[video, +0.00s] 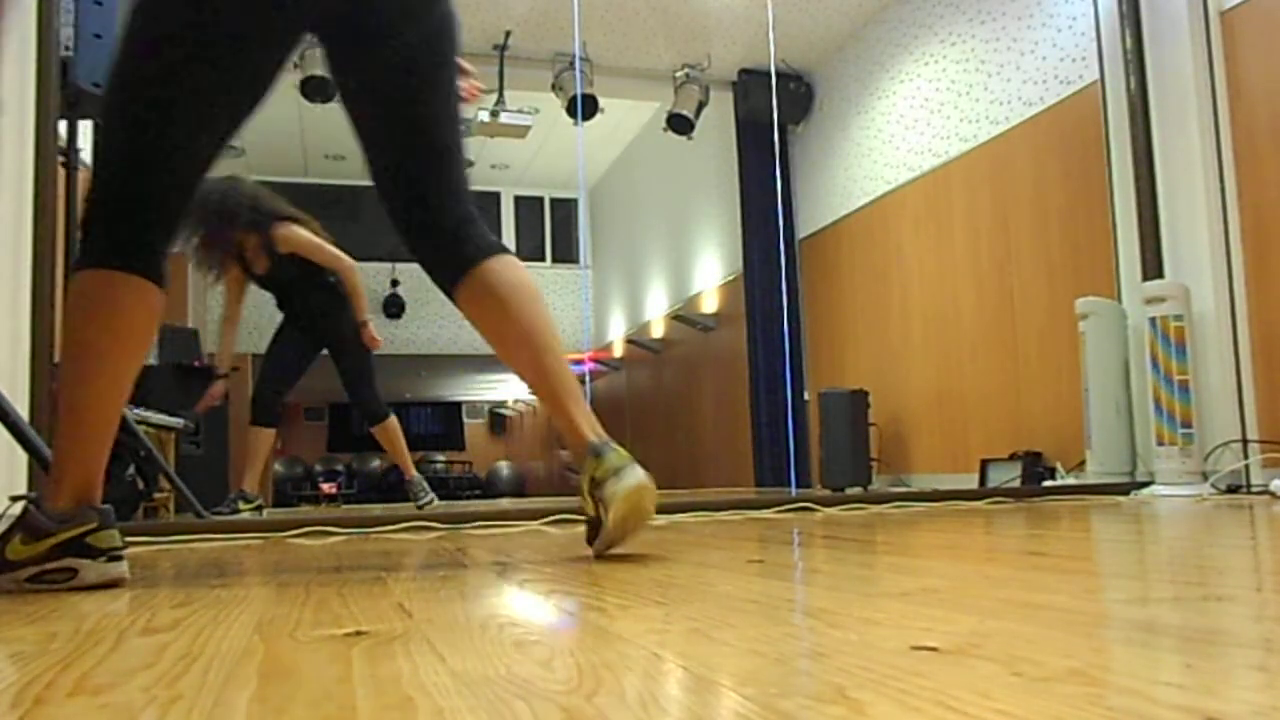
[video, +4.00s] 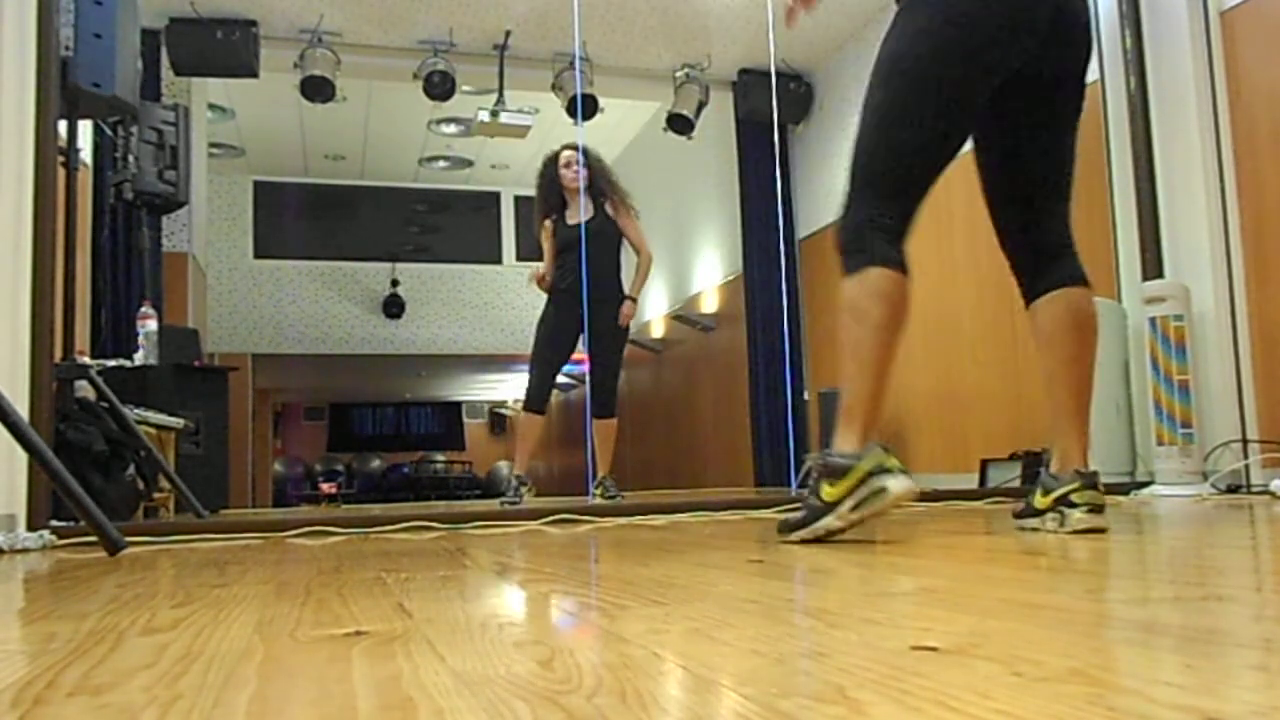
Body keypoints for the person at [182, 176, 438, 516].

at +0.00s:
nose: (213, 235)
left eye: (216, 226)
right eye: (211, 228)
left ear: (233, 218)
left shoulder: (284, 234)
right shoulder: (238, 259)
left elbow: (347, 266)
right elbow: (231, 316)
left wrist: (364, 321)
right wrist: (221, 374)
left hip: (337, 317)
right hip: (299, 324)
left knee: (367, 401)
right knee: (265, 398)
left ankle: (413, 480)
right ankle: (249, 494)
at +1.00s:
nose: (401, 165)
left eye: (408, 162)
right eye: (395, 159)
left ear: (417, 174)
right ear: (381, 166)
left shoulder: (428, 213)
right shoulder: (359, 210)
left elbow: (446, 263)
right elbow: (332, 263)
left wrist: (455, 314)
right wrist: (350, 307)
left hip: (425, 312)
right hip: (381, 314)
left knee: (428, 398)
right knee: (379, 399)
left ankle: (428, 482)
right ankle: (375, 484)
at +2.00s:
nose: (526, 172)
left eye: (531, 169)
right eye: (520, 167)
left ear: (537, 179)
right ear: (507, 175)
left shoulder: (544, 216)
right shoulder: (491, 212)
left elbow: (572, 209)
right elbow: (490, 193)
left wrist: (549, 173)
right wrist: (509, 169)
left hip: (542, 308)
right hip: (500, 308)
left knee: (541, 398)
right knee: (494, 397)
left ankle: (546, 480)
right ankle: (482, 481)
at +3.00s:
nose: (528, 177)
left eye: (534, 174)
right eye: (522, 171)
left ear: (539, 188)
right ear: (507, 181)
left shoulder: (542, 223)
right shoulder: (486, 217)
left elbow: (564, 243)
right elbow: (442, 227)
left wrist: (557, 198)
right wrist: (476, 196)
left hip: (526, 318)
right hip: (482, 316)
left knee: (573, 385)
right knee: (478, 398)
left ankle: (568, 470)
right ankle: (481, 483)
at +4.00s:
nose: (575, 170)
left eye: (580, 164)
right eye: (567, 166)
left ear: (590, 172)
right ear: (556, 176)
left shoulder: (611, 207)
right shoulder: (551, 224)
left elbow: (645, 254)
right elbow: (549, 278)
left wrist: (632, 299)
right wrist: (541, 277)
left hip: (606, 309)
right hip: (562, 308)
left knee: (604, 393)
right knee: (538, 388)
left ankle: (603, 478)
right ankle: (519, 477)